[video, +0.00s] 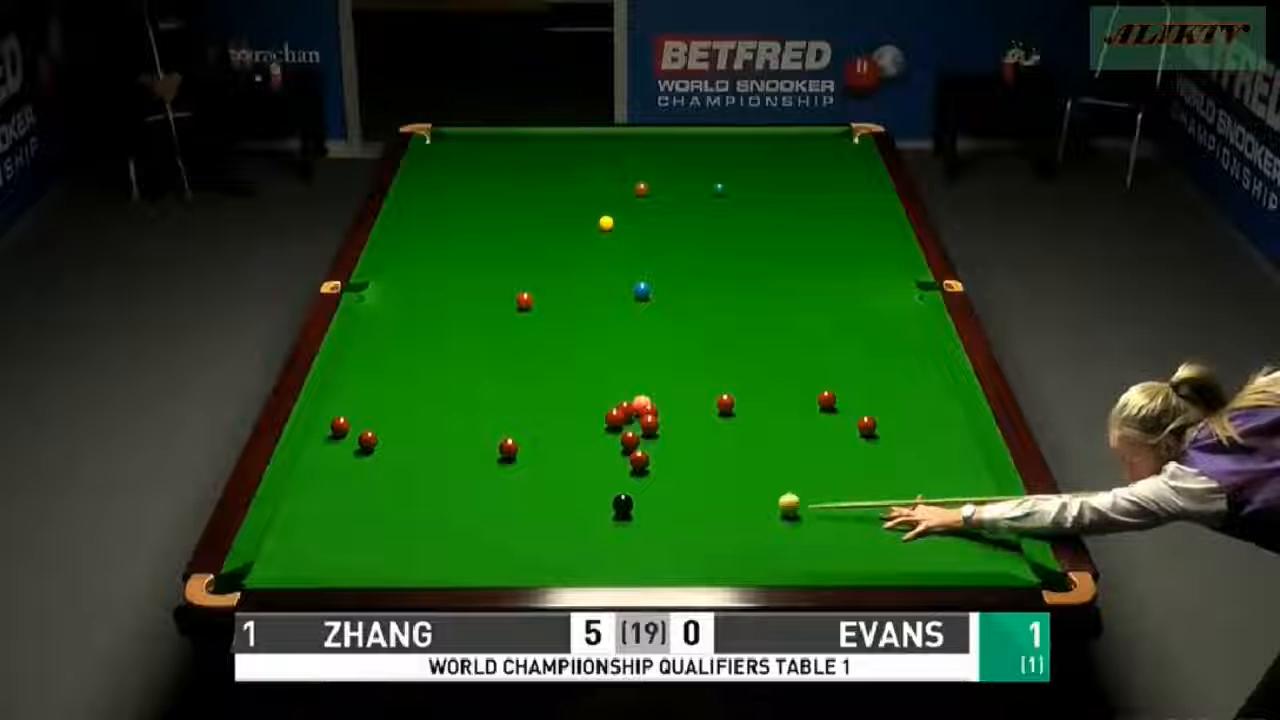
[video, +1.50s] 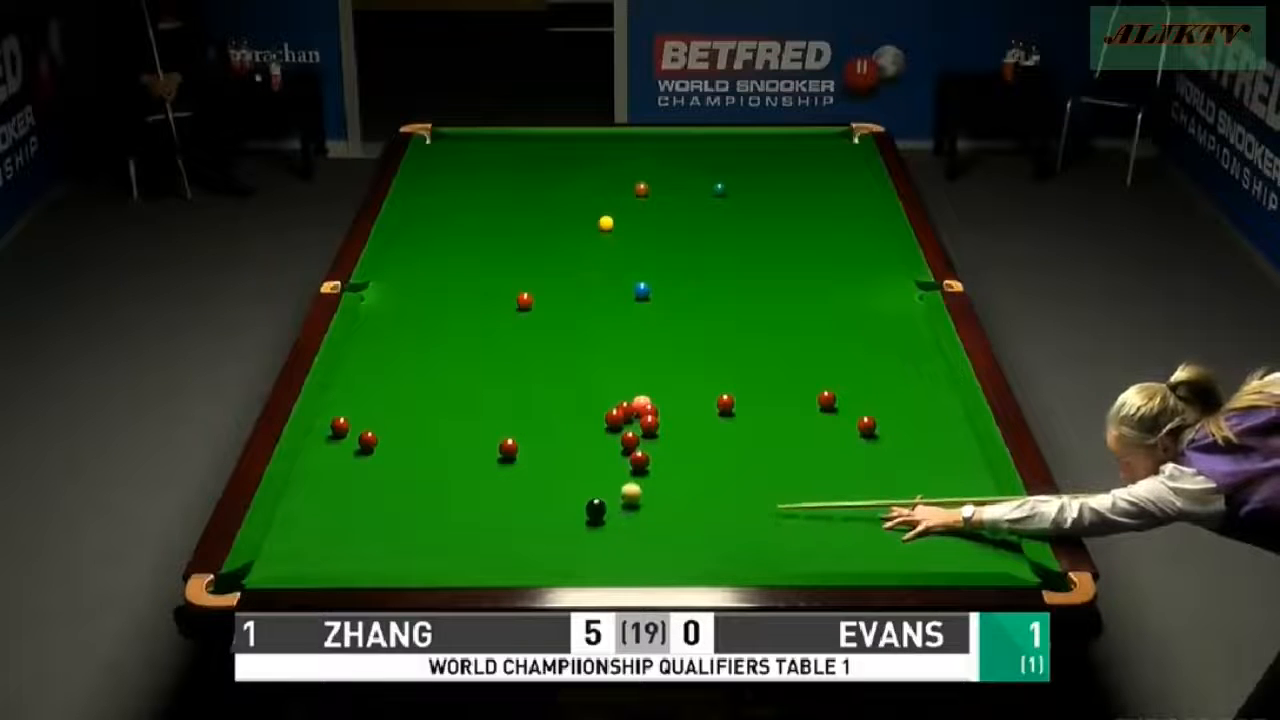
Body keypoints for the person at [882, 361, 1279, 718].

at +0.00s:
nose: (1122, 471)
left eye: (1126, 458)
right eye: (1118, 457)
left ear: (1163, 448)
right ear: (1183, 429)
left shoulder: (1188, 482)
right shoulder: (1255, 402)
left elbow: (1077, 511)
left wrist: (962, 515)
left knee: (1257, 710)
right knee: (1256, 706)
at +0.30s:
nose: (1123, 472)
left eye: (1127, 460)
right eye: (1119, 459)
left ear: (1162, 450)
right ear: (1184, 429)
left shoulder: (1190, 483)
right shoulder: (1254, 404)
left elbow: (1076, 512)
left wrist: (962, 516)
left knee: (1257, 710)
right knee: (1256, 707)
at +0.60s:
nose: (1124, 477)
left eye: (1127, 464)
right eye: (1120, 464)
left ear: (1165, 447)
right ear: (1178, 431)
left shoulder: (1189, 483)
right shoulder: (1257, 400)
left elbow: (1075, 512)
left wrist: (962, 516)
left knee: (1256, 709)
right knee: (1256, 704)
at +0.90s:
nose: (1124, 477)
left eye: (1126, 463)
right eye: (1120, 464)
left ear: (1163, 447)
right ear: (1179, 429)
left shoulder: (1189, 482)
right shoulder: (1256, 399)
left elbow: (1075, 513)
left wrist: (961, 516)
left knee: (1255, 710)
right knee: (1256, 705)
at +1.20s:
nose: (1123, 476)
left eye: (1126, 463)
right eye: (1119, 463)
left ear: (1162, 448)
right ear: (1181, 427)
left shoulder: (1189, 482)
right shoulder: (1256, 398)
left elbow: (1074, 513)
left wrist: (960, 516)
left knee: (1255, 709)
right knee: (1256, 705)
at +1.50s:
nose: (1122, 475)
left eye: (1125, 462)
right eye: (1118, 462)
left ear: (1162, 448)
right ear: (1180, 427)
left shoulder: (1188, 483)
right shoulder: (1256, 398)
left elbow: (1074, 513)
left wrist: (960, 516)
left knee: (1255, 709)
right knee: (1256, 705)